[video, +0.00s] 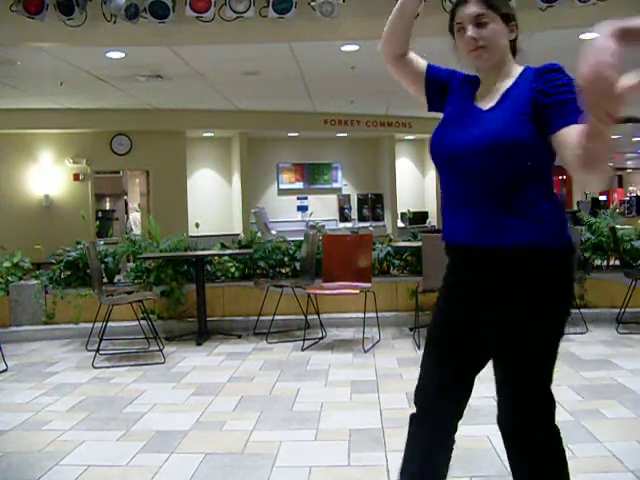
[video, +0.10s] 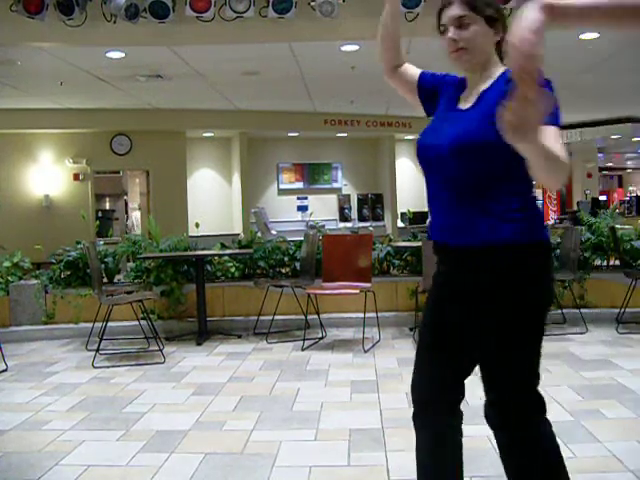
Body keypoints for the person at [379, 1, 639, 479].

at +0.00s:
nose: (471, 34)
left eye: (481, 21)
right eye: (461, 27)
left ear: (510, 28)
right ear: (457, 41)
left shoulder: (543, 81)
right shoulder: (456, 90)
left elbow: (588, 170)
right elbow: (395, 54)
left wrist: (601, 111)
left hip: (534, 269)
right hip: (467, 268)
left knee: (524, 415)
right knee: (433, 409)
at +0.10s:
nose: (452, 35)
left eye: (464, 23)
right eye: (446, 28)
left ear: (496, 29)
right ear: (442, 37)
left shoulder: (525, 88)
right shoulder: (445, 91)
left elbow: (557, 177)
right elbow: (394, 67)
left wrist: (526, 139)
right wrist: (393, 2)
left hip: (515, 262)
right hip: (456, 262)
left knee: (512, 405)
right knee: (431, 398)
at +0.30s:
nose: (413, 35)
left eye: (426, 26)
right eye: (414, 25)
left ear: (457, 39)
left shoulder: (474, 91)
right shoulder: (431, 96)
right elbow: (392, 103)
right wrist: (355, 56)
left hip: (468, 264)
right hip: (428, 264)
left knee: (464, 394)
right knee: (421, 400)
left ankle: (529, 479)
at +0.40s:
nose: (397, 62)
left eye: (405, 53)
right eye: (397, 53)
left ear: (436, 55)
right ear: (431, 57)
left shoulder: (454, 98)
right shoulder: (431, 105)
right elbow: (399, 139)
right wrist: (344, 95)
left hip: (443, 274)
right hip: (421, 272)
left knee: (415, 412)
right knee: (415, 408)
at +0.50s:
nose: (382, 72)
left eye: (388, 63)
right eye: (384, 64)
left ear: (414, 62)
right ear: (420, 64)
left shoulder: (434, 102)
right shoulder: (434, 112)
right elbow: (402, 161)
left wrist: (353, 28)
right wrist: (348, 137)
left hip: (418, 279)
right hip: (438, 276)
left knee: (373, 404)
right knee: (411, 397)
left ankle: (439, 475)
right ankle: (438, 474)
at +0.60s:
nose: (374, 67)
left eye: (379, 58)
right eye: (375, 60)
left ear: (401, 60)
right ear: (416, 60)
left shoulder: (407, 94)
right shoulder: (439, 107)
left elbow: (327, 49)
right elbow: (397, 153)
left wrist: (348, 5)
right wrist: (349, 165)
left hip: (399, 271)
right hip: (441, 268)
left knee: (354, 390)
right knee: (418, 395)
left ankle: (376, 478)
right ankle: (435, 478)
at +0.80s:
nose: (356, 66)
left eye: (360, 58)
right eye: (358, 58)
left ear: (374, 61)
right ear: (412, 62)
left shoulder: (364, 96)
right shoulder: (441, 119)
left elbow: (305, 39)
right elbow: (444, 188)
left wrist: (362, 8)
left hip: (366, 260)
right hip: (427, 259)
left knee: (341, 389)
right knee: (422, 391)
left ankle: (322, 474)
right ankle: (433, 476)